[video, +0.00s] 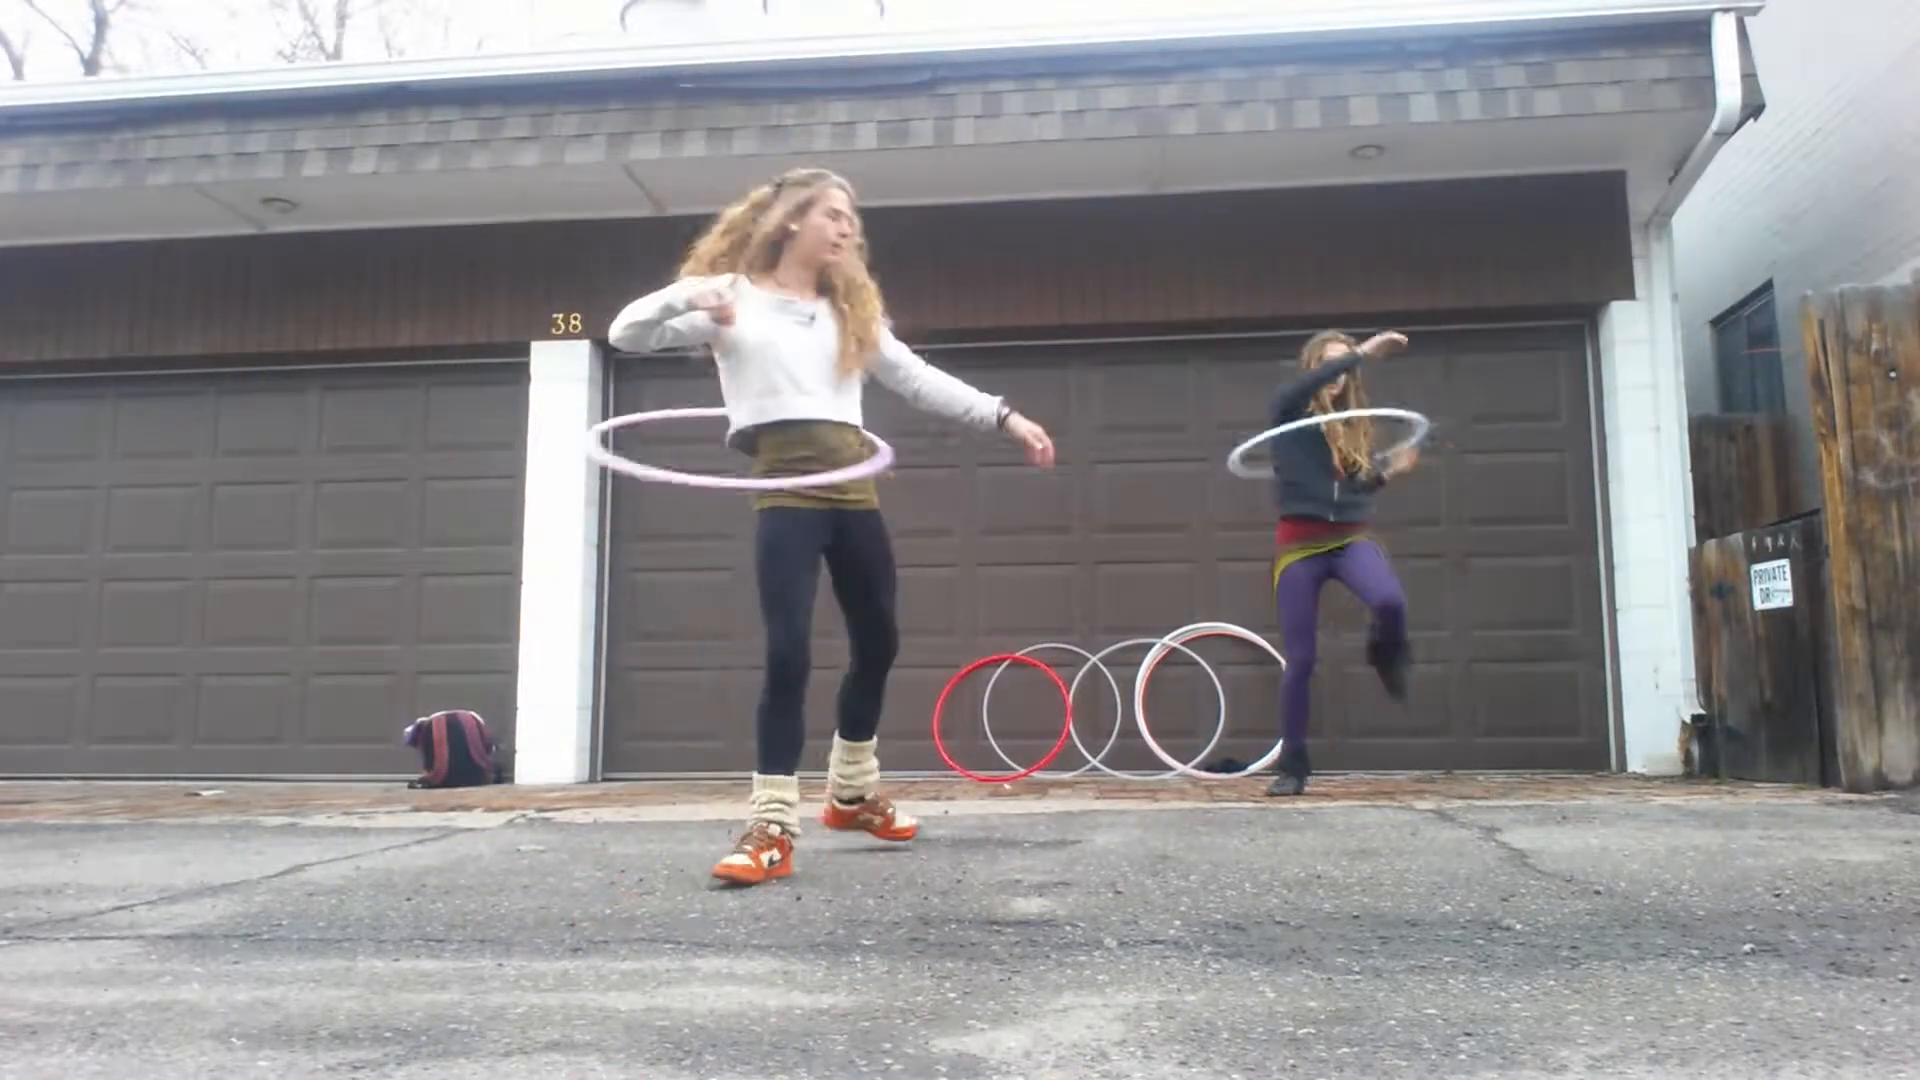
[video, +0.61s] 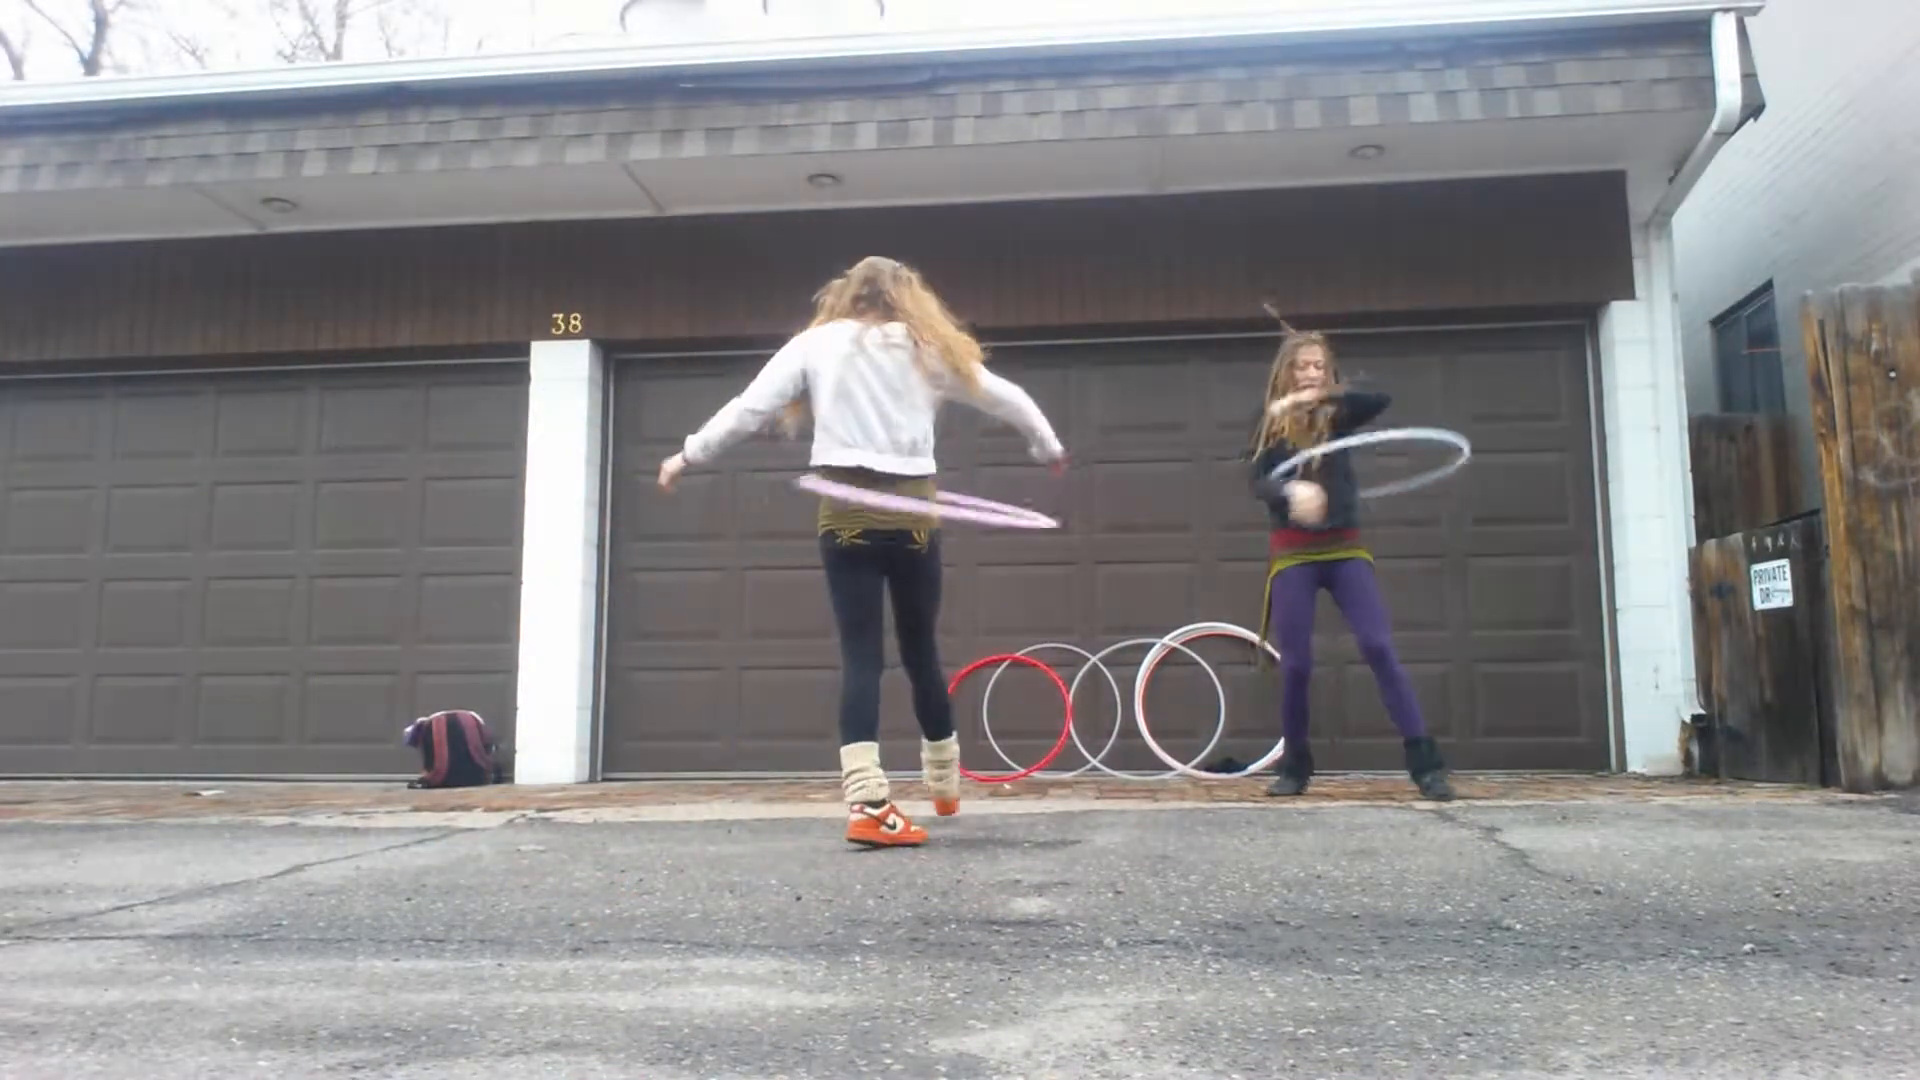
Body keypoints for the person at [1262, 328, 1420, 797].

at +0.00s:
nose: (1338, 378)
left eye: (1345, 369)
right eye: (1330, 368)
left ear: (1353, 376)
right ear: (1310, 370)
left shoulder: (1355, 424)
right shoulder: (1289, 415)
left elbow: (1355, 483)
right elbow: (1306, 386)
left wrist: (1385, 468)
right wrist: (1364, 351)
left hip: (1350, 540)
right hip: (1299, 546)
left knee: (1390, 599)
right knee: (1299, 660)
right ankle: (1293, 765)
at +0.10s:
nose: (1326, 369)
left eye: (1334, 362)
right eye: (1318, 360)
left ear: (1339, 372)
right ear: (1296, 366)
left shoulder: (1344, 419)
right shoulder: (1279, 410)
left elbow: (1353, 485)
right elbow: (1280, 376)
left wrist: (1387, 455)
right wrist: (1331, 339)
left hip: (1344, 532)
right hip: (1295, 538)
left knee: (1372, 585)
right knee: (1296, 656)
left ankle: (1335, 609)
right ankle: (1292, 763)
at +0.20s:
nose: (1315, 366)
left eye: (1322, 358)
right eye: (1307, 358)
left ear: (1332, 364)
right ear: (1291, 363)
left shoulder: (1344, 414)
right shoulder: (1268, 407)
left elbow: (1352, 484)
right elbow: (1234, 383)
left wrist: (1372, 447)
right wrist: (1282, 347)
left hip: (1340, 531)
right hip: (1288, 536)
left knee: (1373, 585)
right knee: (1292, 656)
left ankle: (1321, 625)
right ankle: (1289, 762)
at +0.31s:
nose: (1309, 369)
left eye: (1316, 361)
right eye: (1301, 360)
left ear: (1326, 367)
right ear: (1282, 364)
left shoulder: (1345, 409)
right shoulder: (1258, 408)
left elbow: (1360, 456)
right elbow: (1198, 426)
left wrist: (1306, 465)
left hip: (1338, 539)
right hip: (1285, 545)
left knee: (1382, 605)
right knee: (1289, 657)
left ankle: (1338, 666)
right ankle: (1292, 764)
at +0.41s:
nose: (1305, 371)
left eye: (1313, 363)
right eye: (1296, 363)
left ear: (1325, 370)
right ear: (1280, 369)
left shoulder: (1338, 409)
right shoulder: (1266, 418)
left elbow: (1343, 450)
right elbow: (1232, 458)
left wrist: (1286, 474)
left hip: (1337, 545)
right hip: (1284, 551)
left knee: (1381, 631)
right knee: (1288, 662)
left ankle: (1374, 728)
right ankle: (1293, 765)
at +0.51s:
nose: (1305, 376)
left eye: (1313, 368)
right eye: (1297, 367)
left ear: (1323, 373)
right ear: (1281, 372)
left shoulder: (1339, 417)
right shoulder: (1261, 425)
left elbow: (1344, 432)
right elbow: (1244, 481)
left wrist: (1289, 447)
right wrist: (1243, 513)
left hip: (1339, 550)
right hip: (1284, 555)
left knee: (1377, 644)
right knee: (1287, 662)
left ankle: (1411, 757)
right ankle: (1294, 766)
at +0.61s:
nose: (1312, 375)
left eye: (1320, 368)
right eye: (1303, 368)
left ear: (1329, 374)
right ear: (1287, 375)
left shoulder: (1339, 417)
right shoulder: (1274, 423)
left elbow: (1379, 401)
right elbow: (1260, 480)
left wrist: (1328, 396)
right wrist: (1291, 492)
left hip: (1344, 547)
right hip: (1293, 552)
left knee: (1378, 647)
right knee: (1296, 662)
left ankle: (1425, 763)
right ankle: (1294, 765)